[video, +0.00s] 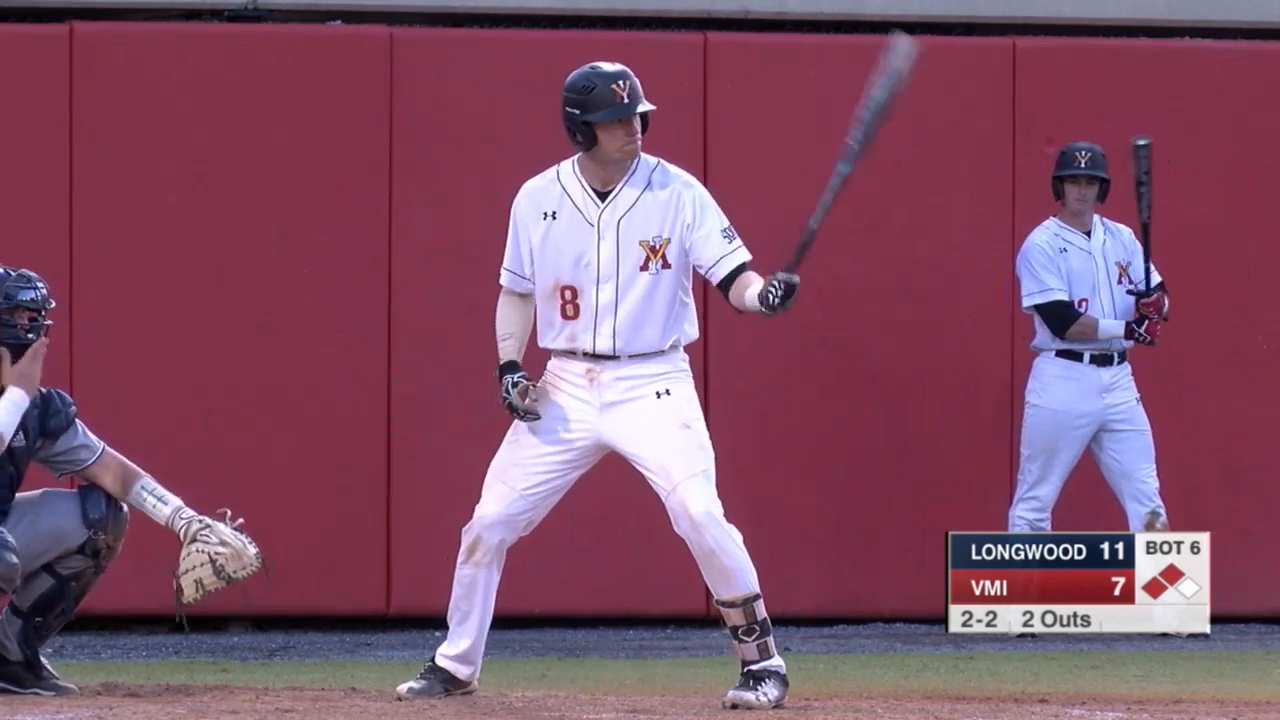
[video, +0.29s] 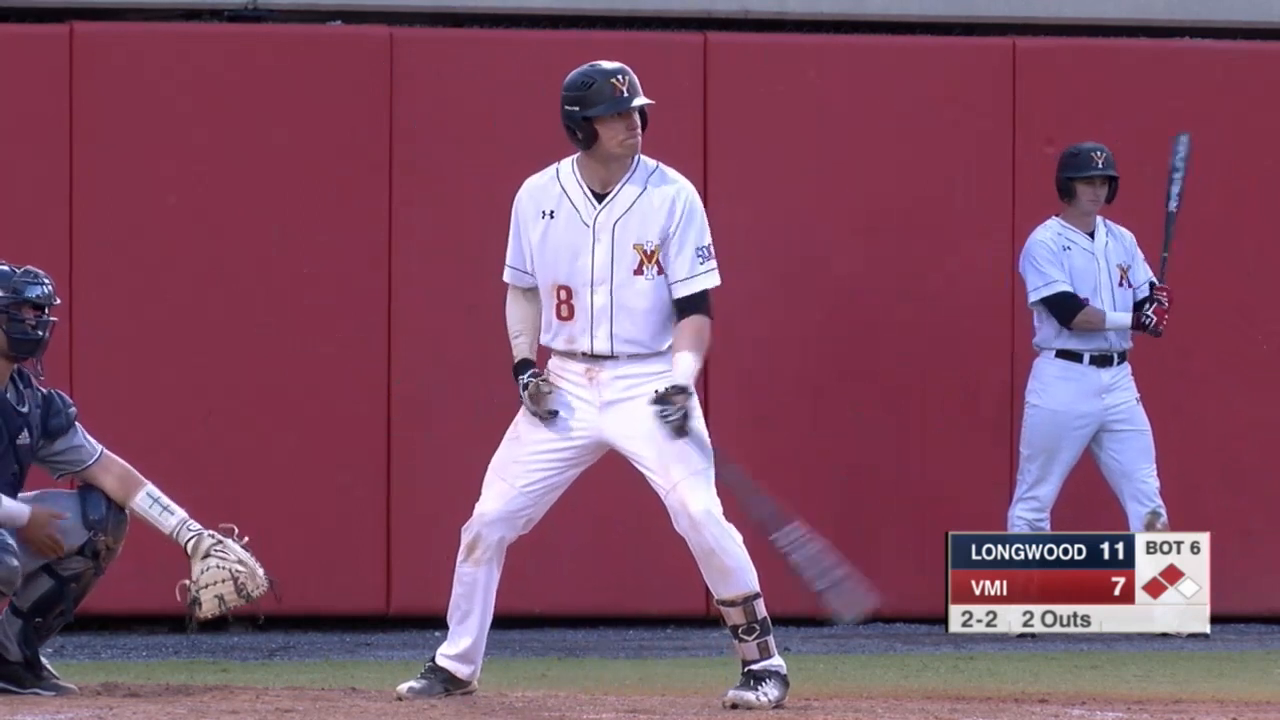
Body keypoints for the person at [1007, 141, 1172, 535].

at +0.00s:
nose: (1081, 191)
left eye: (1089, 182)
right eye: (1073, 182)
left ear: (1101, 187)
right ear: (1059, 186)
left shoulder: (1122, 238)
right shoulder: (1040, 245)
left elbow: (1154, 290)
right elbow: (1063, 324)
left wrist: (1154, 304)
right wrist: (1127, 330)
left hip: (1118, 382)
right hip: (1062, 381)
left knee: (1147, 504)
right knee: (1035, 503)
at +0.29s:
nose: (1097, 190)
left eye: (1104, 182)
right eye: (1088, 182)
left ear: (1110, 187)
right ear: (1066, 185)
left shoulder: (1122, 239)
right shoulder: (1043, 243)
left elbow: (1146, 300)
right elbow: (1071, 315)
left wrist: (1156, 303)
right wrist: (1134, 320)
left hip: (1118, 382)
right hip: (1062, 381)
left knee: (1147, 504)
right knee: (1034, 503)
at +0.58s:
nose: (1112, 193)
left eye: (1117, 184)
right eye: (1103, 183)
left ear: (1124, 189)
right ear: (1080, 186)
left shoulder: (1128, 245)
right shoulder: (1052, 242)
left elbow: (1146, 306)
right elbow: (1080, 317)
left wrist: (1158, 317)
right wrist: (1139, 332)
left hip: (1117, 386)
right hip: (1062, 383)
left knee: (1149, 505)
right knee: (1033, 505)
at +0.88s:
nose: (1147, 195)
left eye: (1152, 187)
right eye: (1138, 186)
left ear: (1158, 193)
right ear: (1115, 189)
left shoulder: (1152, 251)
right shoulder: (1086, 244)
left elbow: (1159, 321)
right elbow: (1110, 326)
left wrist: (1180, 336)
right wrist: (1166, 352)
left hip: (1132, 388)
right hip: (1080, 384)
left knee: (1160, 502)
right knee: (1048, 504)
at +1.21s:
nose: (1195, 201)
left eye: (1199, 193)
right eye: (1186, 192)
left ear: (1204, 198)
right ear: (1162, 195)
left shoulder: (1188, 254)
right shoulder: (1134, 246)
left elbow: (1186, 328)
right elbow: (1148, 333)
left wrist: (1217, 359)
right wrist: (1193, 375)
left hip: (1153, 385)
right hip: (1106, 378)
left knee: (1172, 501)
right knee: (1083, 494)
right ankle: (1032, 582)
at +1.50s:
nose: (1198, 209)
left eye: (1203, 201)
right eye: (1189, 200)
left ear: (1207, 206)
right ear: (1163, 203)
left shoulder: (1192, 257)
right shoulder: (1130, 259)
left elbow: (1185, 323)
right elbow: (1115, 345)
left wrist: (1208, 364)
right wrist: (1138, 411)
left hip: (1147, 386)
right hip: (1099, 382)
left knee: (1171, 495)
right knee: (1060, 484)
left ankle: (1179, 592)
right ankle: (1000, 576)